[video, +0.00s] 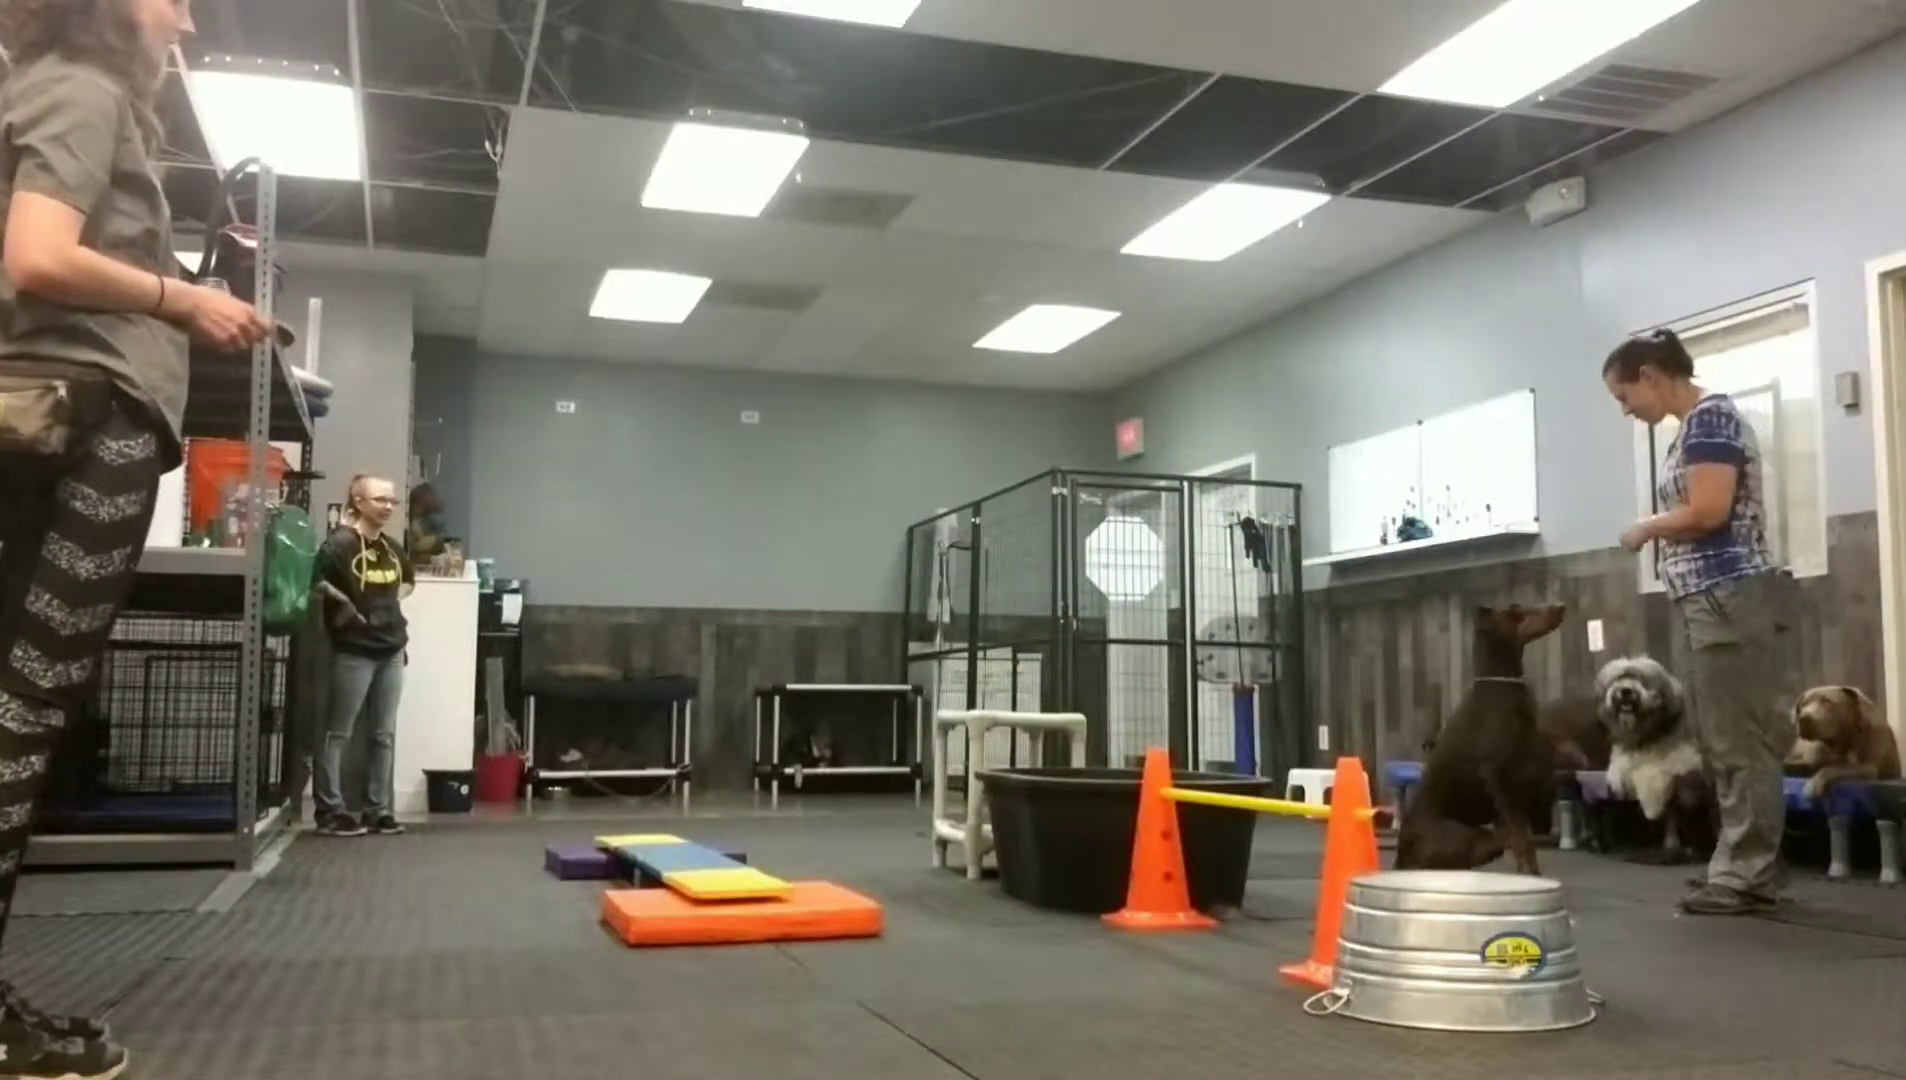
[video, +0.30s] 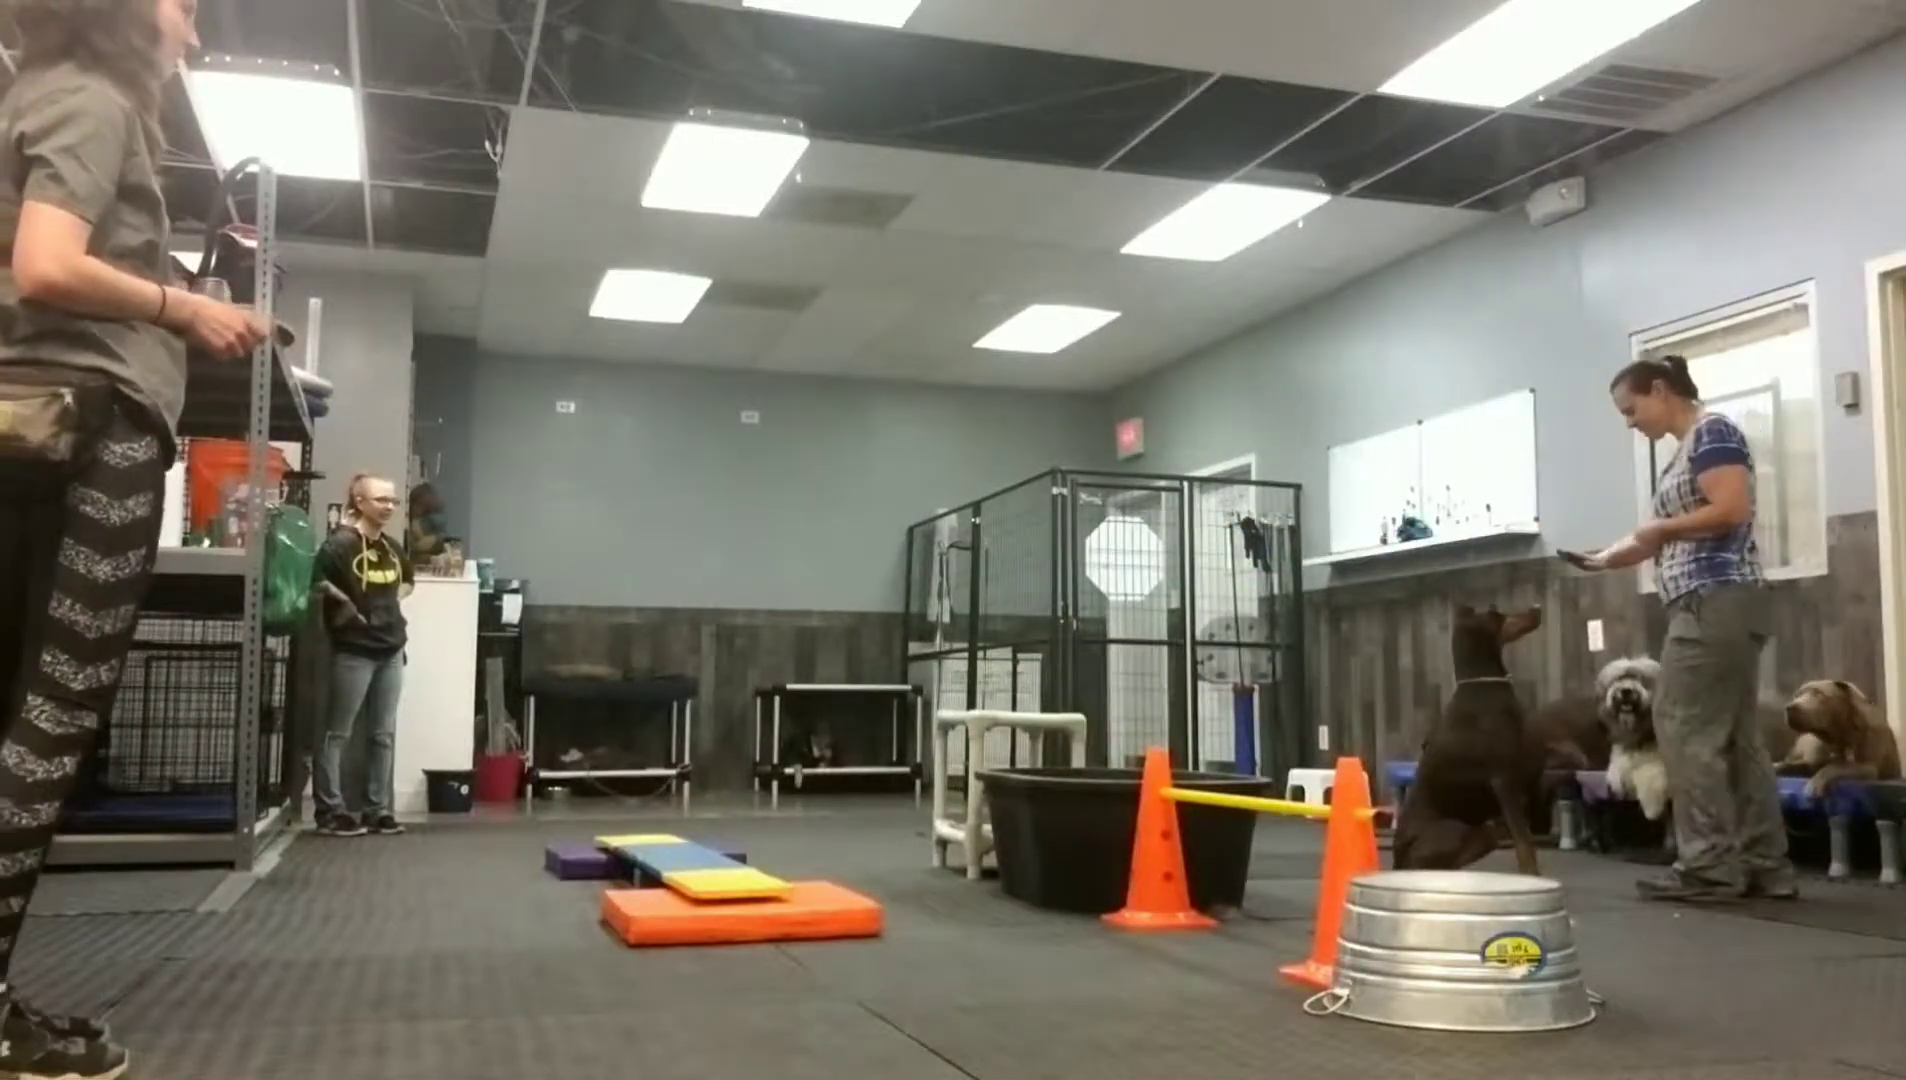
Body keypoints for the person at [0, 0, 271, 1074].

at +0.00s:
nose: (185, 26)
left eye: (186, 14)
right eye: (176, 8)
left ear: (110, 13)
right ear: (126, 4)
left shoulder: (91, 87)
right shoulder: (82, 85)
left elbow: (62, 259)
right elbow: (37, 256)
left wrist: (181, 291)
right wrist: (186, 298)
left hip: (81, 421)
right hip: (85, 423)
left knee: (39, 699)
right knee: (32, 703)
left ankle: (4, 1008)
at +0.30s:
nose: (193, 31)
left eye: (194, 16)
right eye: (184, 10)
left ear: (100, 15)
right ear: (134, 8)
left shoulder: (58, 90)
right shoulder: (93, 93)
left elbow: (58, 265)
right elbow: (46, 265)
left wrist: (183, 291)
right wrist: (186, 305)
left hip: (60, 415)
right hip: (92, 421)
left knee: (49, 706)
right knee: (57, 711)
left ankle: (3, 1002)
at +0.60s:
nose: (222, 44)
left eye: (224, 24)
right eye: (212, 21)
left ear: (118, 28)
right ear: (158, 24)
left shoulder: (49, 118)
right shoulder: (126, 116)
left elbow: (52, 282)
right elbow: (69, 277)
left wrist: (188, 313)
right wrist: (197, 322)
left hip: (29, 438)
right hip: (115, 441)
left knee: (26, 720)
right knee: (238, 680)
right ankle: (207, 971)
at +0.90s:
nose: (441, 90)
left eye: (438, 71)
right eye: (429, 70)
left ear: (332, 78)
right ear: (380, 73)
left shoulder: (283, 175)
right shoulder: (388, 166)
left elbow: (271, 319)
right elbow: (370, 318)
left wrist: (383, 352)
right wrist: (458, 356)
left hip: (299, 449)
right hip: (373, 449)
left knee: (327, 722)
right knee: (394, 718)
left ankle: (134, 890)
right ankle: (363, 970)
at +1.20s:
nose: (694, 150)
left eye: (692, 131)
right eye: (688, 132)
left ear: (607, 138)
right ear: (657, 139)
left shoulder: (566, 235)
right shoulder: (648, 225)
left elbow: (528, 395)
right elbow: (643, 369)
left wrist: (665, 409)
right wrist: (715, 403)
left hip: (583, 497)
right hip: (638, 494)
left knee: (657, 718)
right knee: (671, 724)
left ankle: (677, 940)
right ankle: (480, 882)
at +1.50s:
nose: (919, 210)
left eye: (919, 194)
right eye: (913, 193)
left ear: (834, 187)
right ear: (883, 192)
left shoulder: (770, 265)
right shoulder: (867, 266)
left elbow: (768, 397)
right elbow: (884, 416)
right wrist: (935, 518)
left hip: (761, 504)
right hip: (838, 504)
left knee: (818, 705)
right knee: (878, 709)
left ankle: (726, 878)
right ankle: (868, 927)